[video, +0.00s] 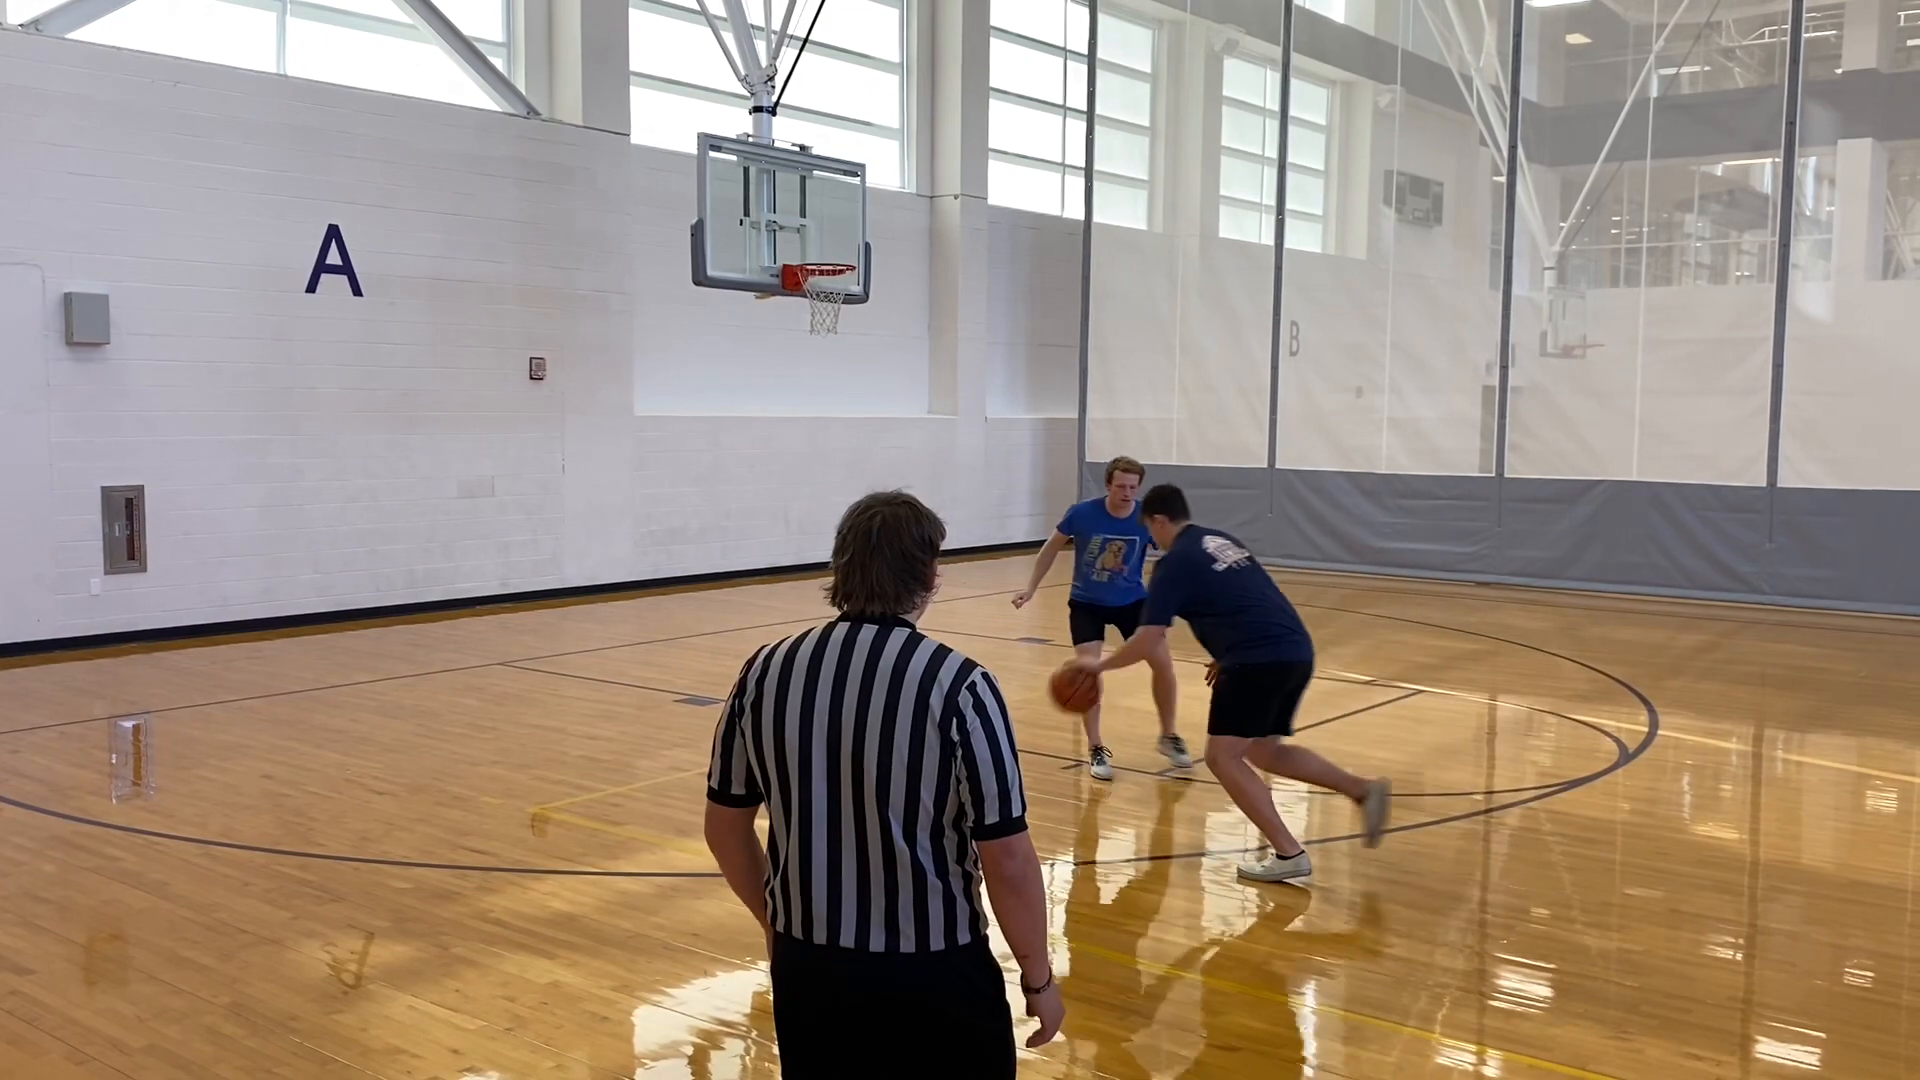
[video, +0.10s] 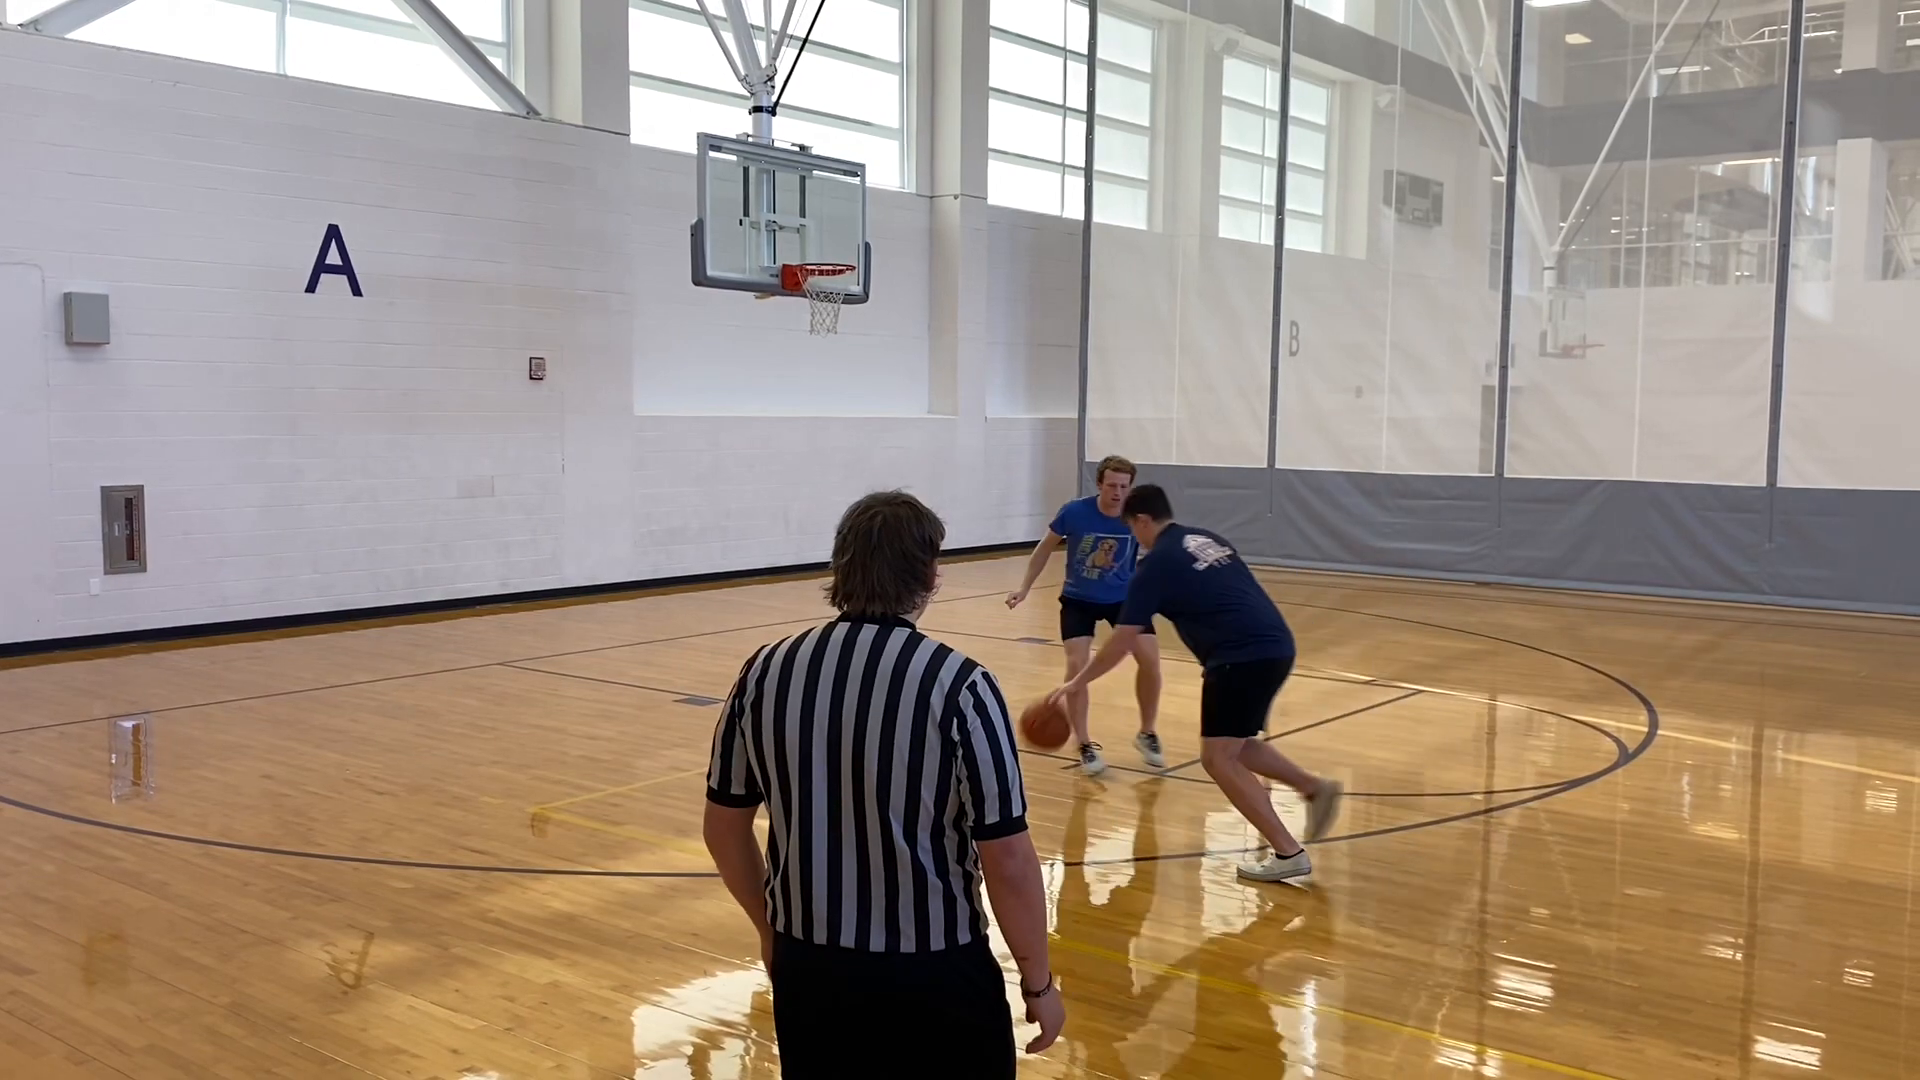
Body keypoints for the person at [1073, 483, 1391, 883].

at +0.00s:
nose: (1151, 534)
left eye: (1150, 526)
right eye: (1150, 526)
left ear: (1158, 521)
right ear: (1184, 514)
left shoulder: (1173, 564)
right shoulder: (1219, 539)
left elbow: (1148, 642)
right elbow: (1251, 599)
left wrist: (1101, 664)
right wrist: (1228, 656)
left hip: (1254, 661)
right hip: (1293, 655)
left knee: (1221, 757)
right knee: (1264, 751)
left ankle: (1290, 855)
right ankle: (1362, 790)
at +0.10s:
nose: (1133, 534)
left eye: (1132, 527)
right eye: (1131, 528)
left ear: (1142, 522)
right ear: (1165, 518)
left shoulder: (1155, 565)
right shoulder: (1201, 537)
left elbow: (1123, 640)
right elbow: (1233, 592)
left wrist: (1078, 682)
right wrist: (1220, 658)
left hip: (1238, 659)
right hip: (1273, 650)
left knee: (1218, 759)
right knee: (1240, 748)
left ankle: (1290, 854)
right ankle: (1315, 788)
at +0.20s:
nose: (1124, 534)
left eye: (1123, 526)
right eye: (1122, 527)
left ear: (1134, 521)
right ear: (1156, 515)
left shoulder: (1146, 563)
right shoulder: (1196, 536)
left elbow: (1112, 638)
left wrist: (1069, 684)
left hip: (1236, 656)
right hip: (1263, 645)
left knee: (1216, 757)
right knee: (1197, 729)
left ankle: (1289, 852)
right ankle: (1290, 790)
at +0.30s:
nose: (1106, 530)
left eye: (1105, 522)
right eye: (1104, 523)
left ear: (1115, 518)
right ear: (1139, 512)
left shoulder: (1126, 561)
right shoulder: (1177, 532)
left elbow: (1094, 632)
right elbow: (1235, 579)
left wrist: (1058, 682)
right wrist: (1208, 624)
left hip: (1220, 652)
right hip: (1241, 640)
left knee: (1214, 757)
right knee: (1164, 717)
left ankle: (1289, 851)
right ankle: (1233, 798)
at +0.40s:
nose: (1089, 526)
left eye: (1087, 519)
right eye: (1088, 519)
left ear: (1096, 514)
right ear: (1121, 505)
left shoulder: (1105, 558)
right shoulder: (1159, 528)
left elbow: (1079, 628)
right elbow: (1219, 573)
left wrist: (1045, 684)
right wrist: (1196, 619)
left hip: (1202, 648)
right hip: (1215, 636)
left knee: (1212, 757)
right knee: (1135, 701)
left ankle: (1286, 846)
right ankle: (1175, 807)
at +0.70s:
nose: (1038, 512)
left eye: (1037, 505)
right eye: (1035, 506)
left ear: (1048, 497)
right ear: (1073, 492)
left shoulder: (1054, 535)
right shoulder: (1109, 515)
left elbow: (1044, 607)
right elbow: (1162, 563)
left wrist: (1007, 666)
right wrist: (1163, 619)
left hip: (1131, 635)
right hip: (1152, 626)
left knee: (1169, 734)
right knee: (1079, 702)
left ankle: (1248, 819)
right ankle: (1062, 812)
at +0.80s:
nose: (1022, 510)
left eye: (1021, 503)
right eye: (1019, 504)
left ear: (1033, 495)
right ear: (1055, 491)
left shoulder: (1039, 530)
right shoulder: (1092, 516)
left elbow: (1035, 596)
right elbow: (1140, 563)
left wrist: (996, 647)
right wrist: (1142, 616)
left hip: (1109, 633)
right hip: (1132, 626)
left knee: (1140, 735)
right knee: (1063, 707)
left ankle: (1229, 807)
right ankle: (1058, 818)